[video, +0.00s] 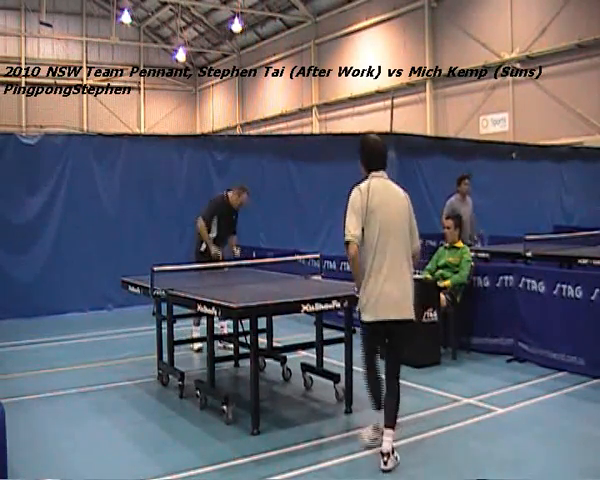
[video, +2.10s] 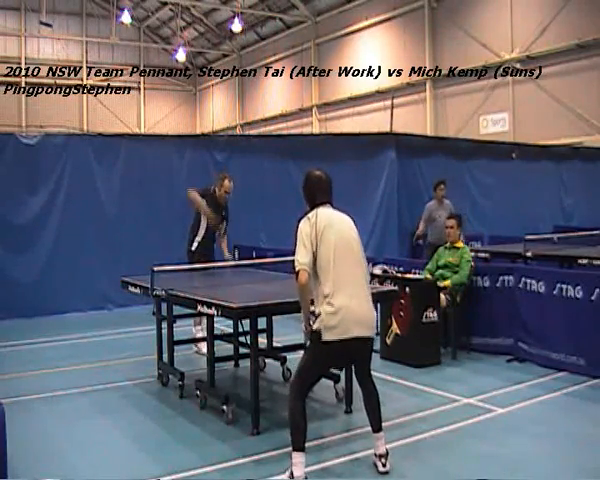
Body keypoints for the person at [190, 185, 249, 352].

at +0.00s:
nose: (242, 204)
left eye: (243, 201)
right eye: (242, 200)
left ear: (239, 197)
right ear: (235, 194)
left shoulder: (234, 210)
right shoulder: (218, 203)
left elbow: (231, 232)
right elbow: (201, 222)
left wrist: (234, 247)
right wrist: (210, 245)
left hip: (219, 254)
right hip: (204, 253)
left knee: (223, 290)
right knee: (201, 292)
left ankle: (223, 332)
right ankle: (196, 333)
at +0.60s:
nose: (219, 193)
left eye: (221, 190)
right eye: (217, 189)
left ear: (222, 189)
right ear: (209, 186)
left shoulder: (220, 199)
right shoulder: (197, 200)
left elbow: (222, 221)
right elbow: (186, 225)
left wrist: (224, 234)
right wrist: (182, 254)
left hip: (210, 249)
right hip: (194, 251)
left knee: (210, 287)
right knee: (195, 291)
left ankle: (207, 329)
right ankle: (196, 330)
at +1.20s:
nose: (219, 187)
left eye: (222, 183)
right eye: (216, 183)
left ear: (224, 183)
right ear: (209, 182)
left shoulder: (222, 201)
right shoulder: (199, 199)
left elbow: (226, 225)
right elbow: (182, 218)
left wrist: (226, 242)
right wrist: (192, 238)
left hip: (211, 250)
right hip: (198, 250)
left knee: (212, 292)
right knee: (200, 293)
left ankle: (208, 334)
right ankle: (202, 335)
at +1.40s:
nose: (218, 189)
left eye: (220, 185)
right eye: (215, 185)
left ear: (223, 185)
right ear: (208, 183)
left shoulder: (222, 200)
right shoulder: (199, 199)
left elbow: (227, 225)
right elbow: (192, 224)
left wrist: (227, 239)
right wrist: (214, 224)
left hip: (211, 250)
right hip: (197, 251)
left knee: (211, 292)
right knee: (200, 293)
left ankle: (205, 329)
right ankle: (202, 332)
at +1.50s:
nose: (217, 188)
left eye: (220, 184)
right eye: (215, 184)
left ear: (223, 183)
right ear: (208, 181)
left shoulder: (220, 198)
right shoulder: (201, 197)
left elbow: (226, 225)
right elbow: (200, 220)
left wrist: (227, 219)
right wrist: (221, 210)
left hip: (211, 250)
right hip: (197, 250)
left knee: (210, 291)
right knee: (201, 293)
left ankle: (204, 328)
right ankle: (201, 331)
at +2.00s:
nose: (225, 193)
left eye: (227, 189)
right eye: (224, 188)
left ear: (224, 187)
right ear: (216, 185)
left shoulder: (217, 200)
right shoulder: (206, 198)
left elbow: (219, 225)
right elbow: (214, 222)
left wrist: (230, 238)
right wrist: (232, 220)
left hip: (208, 249)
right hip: (198, 250)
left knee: (212, 286)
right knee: (206, 291)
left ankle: (202, 320)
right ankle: (204, 339)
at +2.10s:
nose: (227, 195)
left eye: (229, 192)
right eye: (225, 191)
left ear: (229, 191)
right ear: (217, 188)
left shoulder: (224, 207)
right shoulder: (209, 196)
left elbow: (222, 233)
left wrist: (226, 253)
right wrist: (207, 213)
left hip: (209, 249)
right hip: (197, 248)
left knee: (208, 288)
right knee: (201, 289)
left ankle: (200, 327)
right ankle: (200, 334)